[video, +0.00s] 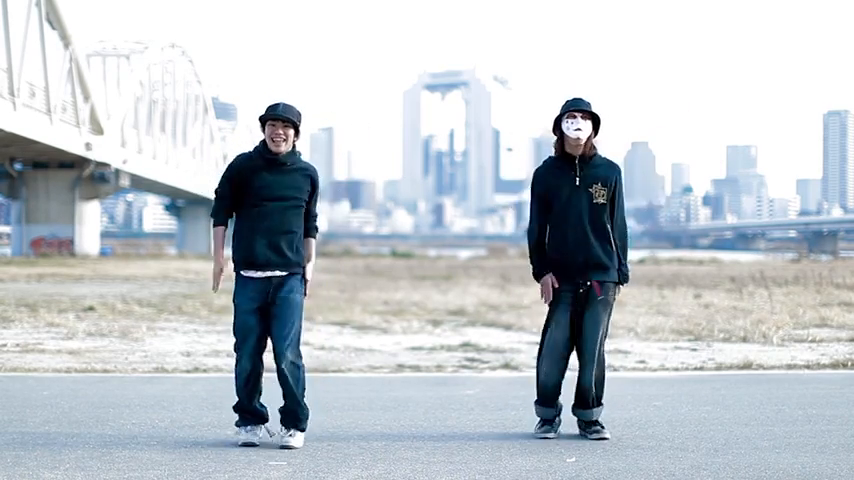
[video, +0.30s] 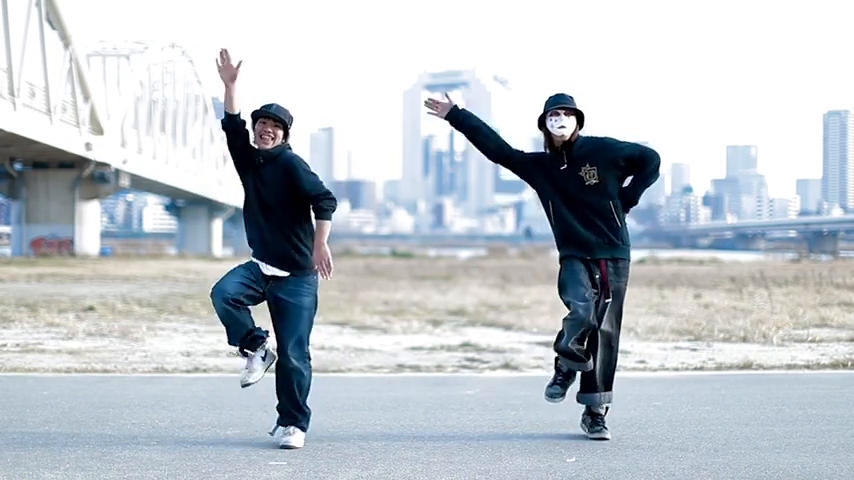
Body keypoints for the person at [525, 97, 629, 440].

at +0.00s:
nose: (576, 125)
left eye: (582, 120)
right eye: (569, 120)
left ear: (592, 128)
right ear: (560, 127)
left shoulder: (609, 171)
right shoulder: (545, 172)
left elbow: (618, 224)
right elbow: (536, 226)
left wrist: (621, 271)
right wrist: (542, 271)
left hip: (601, 271)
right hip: (561, 272)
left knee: (592, 347)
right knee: (553, 346)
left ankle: (590, 417)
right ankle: (547, 416)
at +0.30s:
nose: (559, 121)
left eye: (565, 116)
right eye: (553, 117)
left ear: (577, 121)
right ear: (544, 124)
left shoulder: (602, 149)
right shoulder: (538, 165)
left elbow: (650, 160)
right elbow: (496, 148)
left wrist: (628, 197)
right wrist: (455, 113)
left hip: (613, 252)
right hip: (574, 254)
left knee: (606, 330)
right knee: (582, 313)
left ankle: (596, 410)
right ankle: (565, 369)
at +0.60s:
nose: (577, 119)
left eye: (582, 113)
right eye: (569, 115)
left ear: (594, 120)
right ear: (561, 123)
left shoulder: (608, 167)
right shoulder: (540, 154)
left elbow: (640, 196)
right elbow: (500, 125)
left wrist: (614, 219)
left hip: (594, 258)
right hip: (553, 258)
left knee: (593, 321)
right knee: (557, 334)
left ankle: (595, 382)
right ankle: (557, 412)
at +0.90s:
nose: (591, 128)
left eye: (598, 124)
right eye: (585, 123)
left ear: (607, 134)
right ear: (574, 128)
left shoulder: (606, 183)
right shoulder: (554, 154)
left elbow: (632, 227)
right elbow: (550, 111)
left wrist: (597, 233)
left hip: (578, 262)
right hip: (540, 256)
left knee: (576, 331)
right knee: (539, 336)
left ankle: (585, 407)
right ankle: (548, 413)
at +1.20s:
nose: (587, 109)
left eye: (594, 105)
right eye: (582, 104)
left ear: (603, 114)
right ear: (572, 110)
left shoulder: (616, 158)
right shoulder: (556, 140)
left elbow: (646, 193)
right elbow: (522, 97)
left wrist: (617, 218)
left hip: (595, 249)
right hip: (558, 243)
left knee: (590, 331)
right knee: (571, 302)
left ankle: (584, 408)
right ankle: (552, 362)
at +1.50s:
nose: (569, 128)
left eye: (576, 123)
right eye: (564, 124)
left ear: (589, 130)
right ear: (558, 130)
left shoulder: (609, 169)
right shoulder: (549, 162)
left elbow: (652, 199)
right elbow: (522, 123)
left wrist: (620, 222)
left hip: (595, 262)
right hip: (556, 261)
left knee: (584, 316)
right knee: (552, 340)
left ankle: (591, 380)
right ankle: (560, 412)